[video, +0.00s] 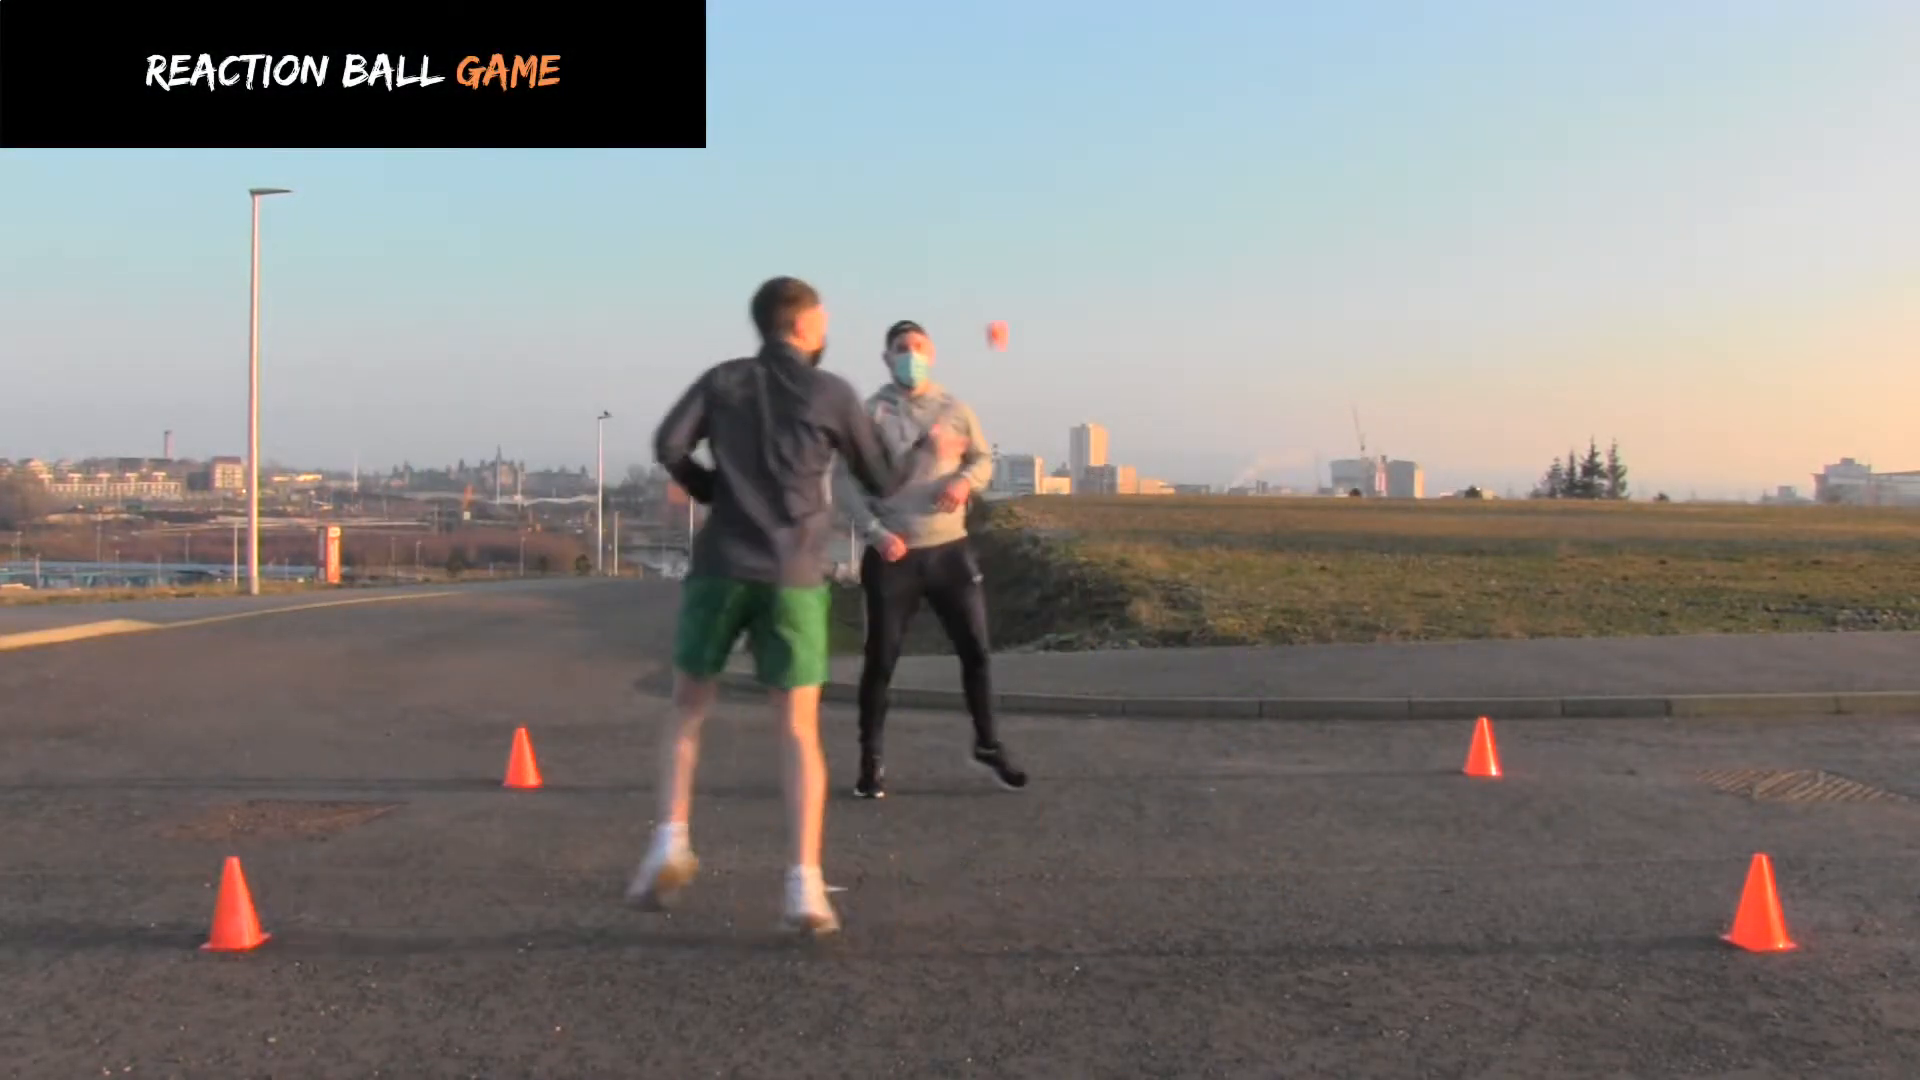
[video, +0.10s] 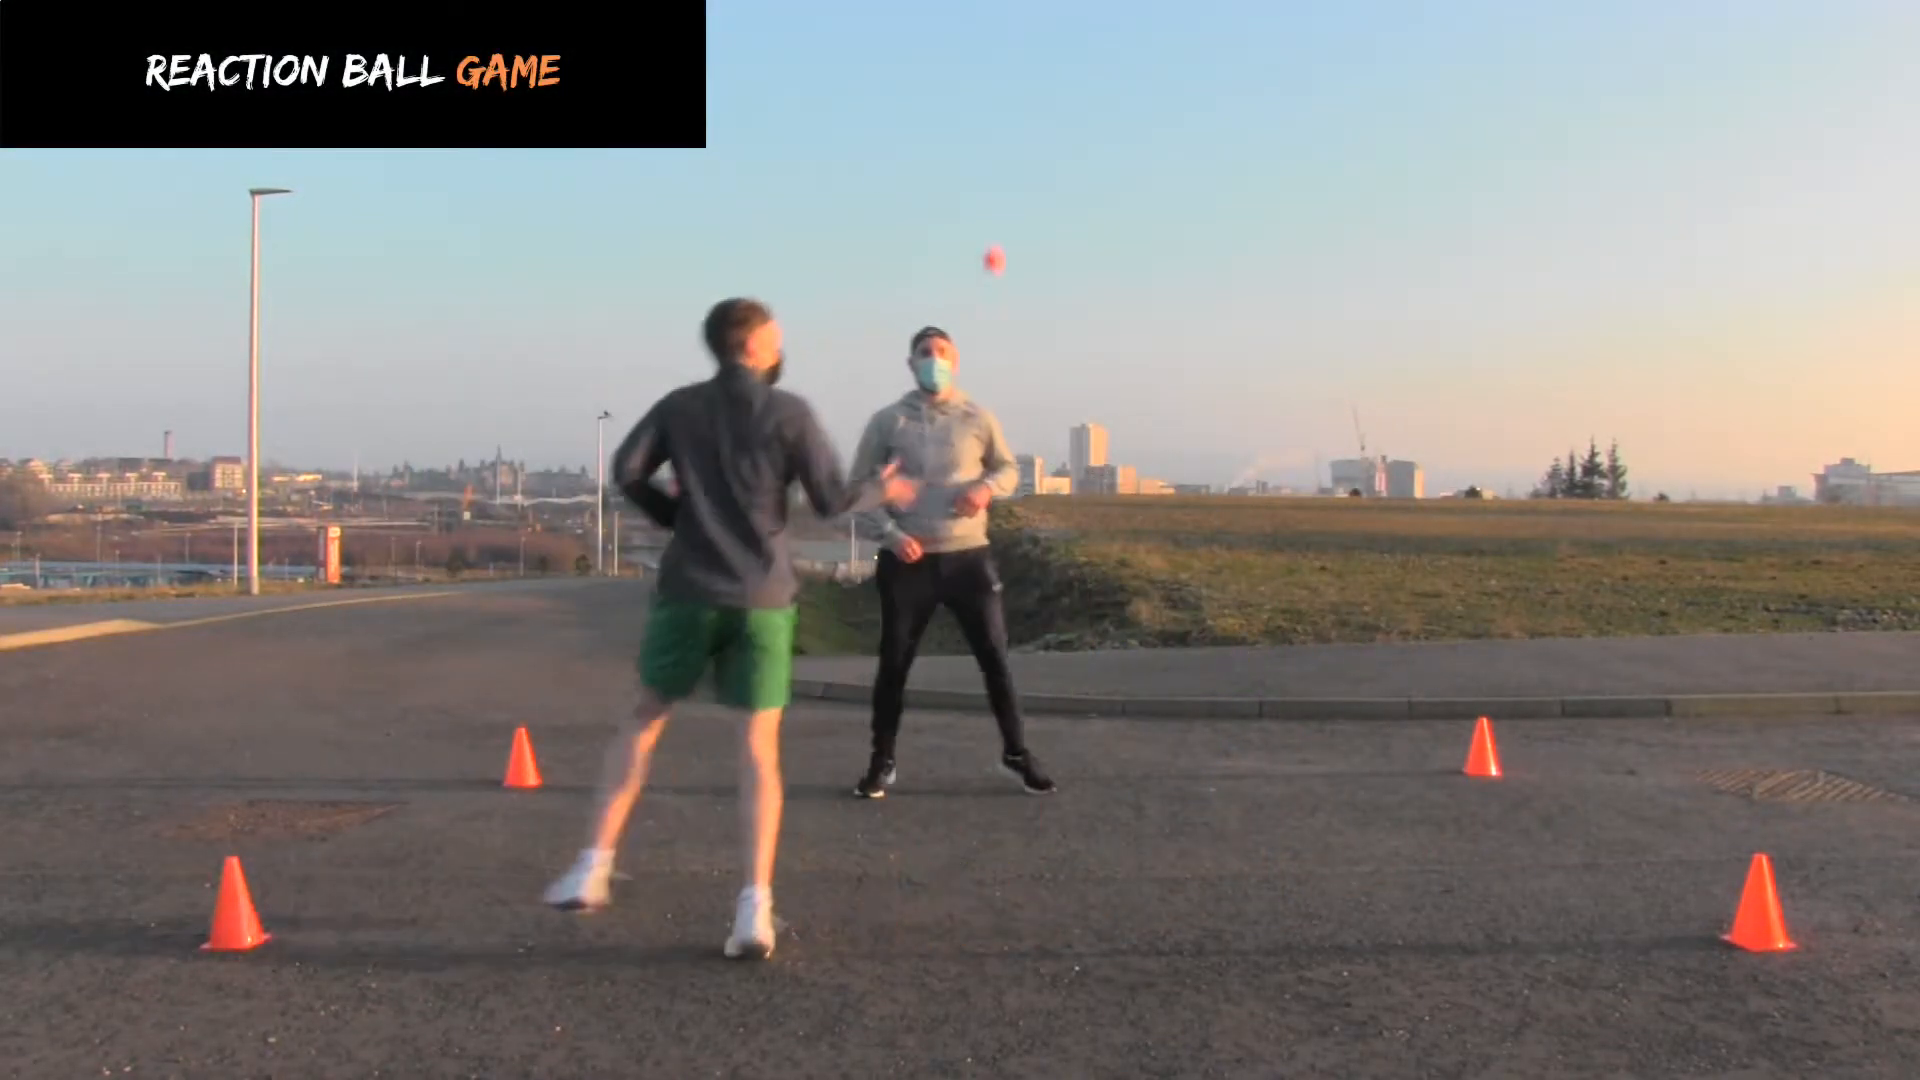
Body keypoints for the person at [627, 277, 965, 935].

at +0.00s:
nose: (825, 324)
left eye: (819, 313)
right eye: (819, 313)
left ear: (766, 324)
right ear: (802, 323)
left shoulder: (722, 381)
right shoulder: (832, 394)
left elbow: (668, 449)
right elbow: (883, 480)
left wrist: (716, 490)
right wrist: (930, 444)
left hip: (719, 569)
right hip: (796, 577)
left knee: (688, 708)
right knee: (800, 728)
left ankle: (671, 838)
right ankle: (806, 880)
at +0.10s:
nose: (780, 341)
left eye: (775, 329)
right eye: (772, 331)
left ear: (720, 345)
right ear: (752, 342)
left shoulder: (679, 406)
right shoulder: (789, 412)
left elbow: (628, 477)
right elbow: (833, 500)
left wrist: (677, 518)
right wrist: (879, 487)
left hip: (685, 590)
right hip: (762, 599)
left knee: (643, 722)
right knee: (760, 748)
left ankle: (594, 865)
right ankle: (755, 909)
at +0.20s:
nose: (712, 380)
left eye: (706, 369)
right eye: (704, 371)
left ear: (655, 388)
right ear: (684, 384)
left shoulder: (619, 450)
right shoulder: (718, 450)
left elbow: (574, 527)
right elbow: (737, 545)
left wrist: (632, 551)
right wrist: (797, 564)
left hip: (626, 631)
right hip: (701, 636)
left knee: (576, 759)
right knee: (723, 781)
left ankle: (497, 886)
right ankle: (743, 925)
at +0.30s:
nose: (678, 392)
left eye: (674, 381)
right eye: (669, 383)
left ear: (618, 392)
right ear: (643, 390)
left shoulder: (574, 451)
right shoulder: (669, 455)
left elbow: (544, 537)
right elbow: (672, 543)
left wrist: (605, 553)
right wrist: (743, 579)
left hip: (574, 631)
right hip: (647, 634)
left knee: (543, 760)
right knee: (687, 771)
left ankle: (480, 892)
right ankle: (728, 905)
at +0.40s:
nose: (641, 360)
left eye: (638, 348)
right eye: (633, 349)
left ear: (586, 357)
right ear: (606, 355)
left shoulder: (542, 414)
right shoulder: (620, 417)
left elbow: (505, 490)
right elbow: (616, 503)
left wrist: (566, 510)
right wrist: (685, 544)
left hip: (532, 598)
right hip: (597, 601)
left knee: (522, 735)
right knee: (638, 733)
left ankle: (477, 875)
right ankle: (618, 855)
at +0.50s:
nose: (627, 342)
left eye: (626, 331)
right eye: (621, 331)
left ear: (572, 332)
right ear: (594, 331)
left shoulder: (527, 389)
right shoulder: (600, 391)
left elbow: (486, 463)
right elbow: (594, 476)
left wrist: (547, 491)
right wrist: (659, 527)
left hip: (515, 570)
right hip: (576, 573)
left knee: (521, 706)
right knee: (607, 708)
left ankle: (469, 831)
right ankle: (542, 844)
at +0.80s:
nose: (582, 418)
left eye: (585, 407)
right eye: (577, 406)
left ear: (535, 402)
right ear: (547, 400)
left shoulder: (487, 450)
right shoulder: (544, 456)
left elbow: (458, 525)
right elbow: (537, 540)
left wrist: (539, 535)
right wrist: (597, 599)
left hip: (461, 605)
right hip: (501, 613)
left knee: (496, 712)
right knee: (523, 743)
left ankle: (451, 801)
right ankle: (452, 865)